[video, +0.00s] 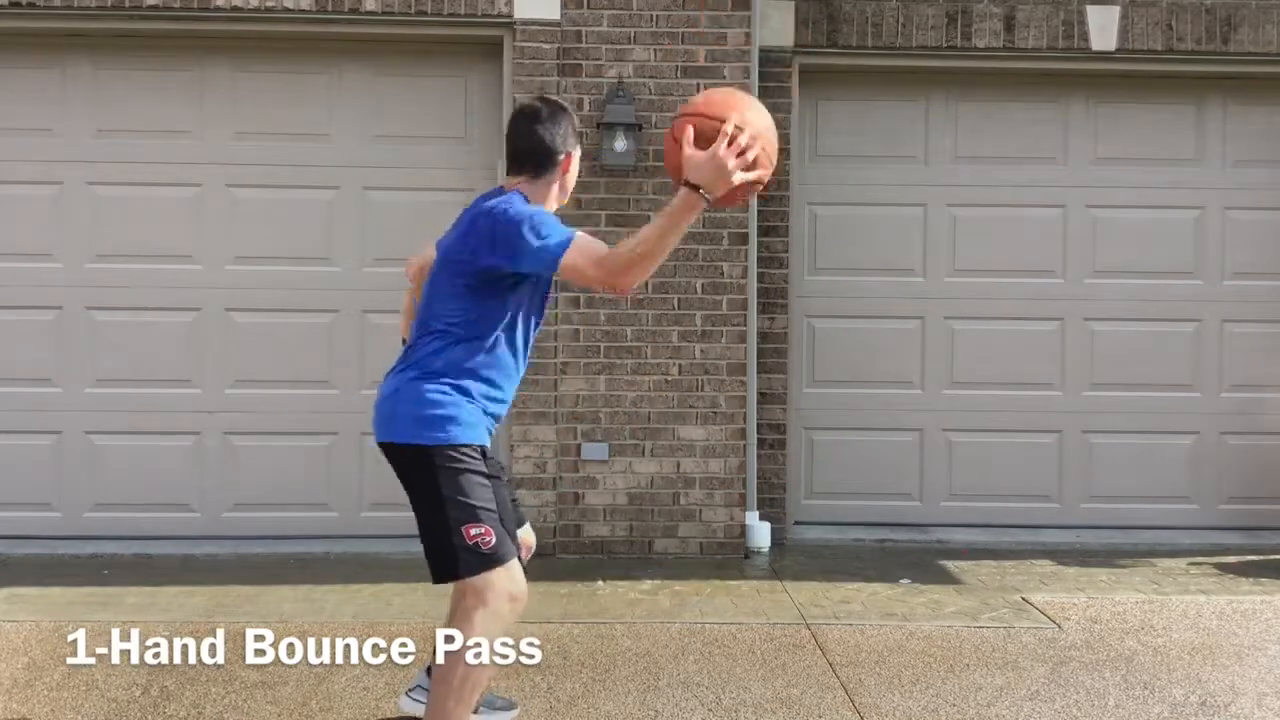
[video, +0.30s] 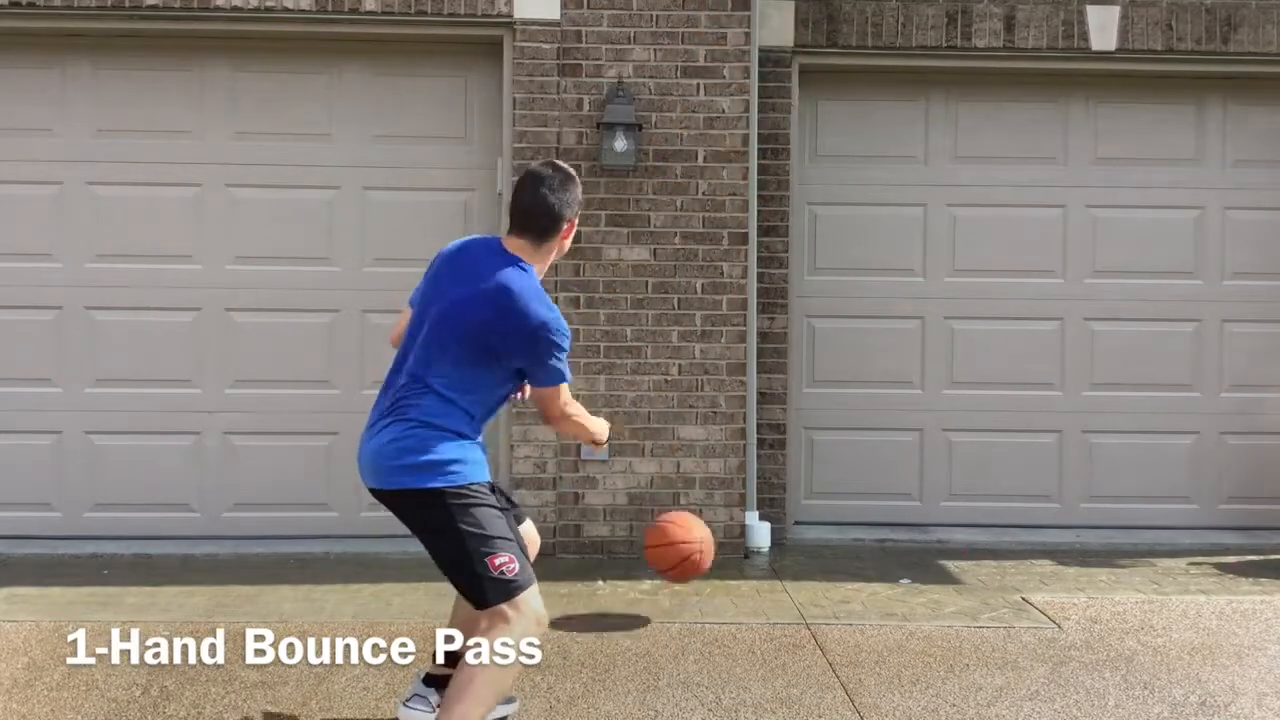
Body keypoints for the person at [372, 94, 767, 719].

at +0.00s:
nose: (578, 170)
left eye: (576, 159)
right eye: (578, 159)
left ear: (511, 160)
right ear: (567, 165)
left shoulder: (486, 212)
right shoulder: (515, 218)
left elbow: (421, 268)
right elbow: (617, 273)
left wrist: (414, 345)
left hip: (445, 416)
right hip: (437, 417)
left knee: (513, 541)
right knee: (498, 591)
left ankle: (443, 680)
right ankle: (449, 709)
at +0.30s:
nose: (573, 237)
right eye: (575, 227)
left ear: (510, 213)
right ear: (567, 233)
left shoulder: (458, 254)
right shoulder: (537, 316)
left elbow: (403, 337)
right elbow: (559, 411)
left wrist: (496, 376)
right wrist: (595, 430)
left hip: (388, 452)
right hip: (435, 461)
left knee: (522, 539)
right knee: (520, 622)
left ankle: (443, 682)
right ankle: (454, 712)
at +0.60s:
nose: (563, 199)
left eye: (562, 189)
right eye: (562, 190)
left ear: (494, 190)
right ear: (554, 197)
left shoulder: (455, 246)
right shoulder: (535, 273)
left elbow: (400, 340)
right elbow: (584, 393)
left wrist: (480, 407)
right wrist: (647, 400)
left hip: (401, 438)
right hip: (442, 447)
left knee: (521, 544)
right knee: (518, 616)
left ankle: (441, 685)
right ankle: (453, 710)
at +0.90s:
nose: (567, 156)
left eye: (564, 146)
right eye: (566, 146)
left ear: (499, 149)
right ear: (555, 152)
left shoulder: (477, 208)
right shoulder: (532, 207)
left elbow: (426, 309)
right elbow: (667, 219)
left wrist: (491, 385)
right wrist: (736, 139)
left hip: (433, 416)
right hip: (449, 422)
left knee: (501, 573)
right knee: (521, 594)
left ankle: (447, 679)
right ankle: (463, 709)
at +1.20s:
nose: (593, 199)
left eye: (590, 188)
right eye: (594, 189)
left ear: (528, 183)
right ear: (584, 197)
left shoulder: (503, 240)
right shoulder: (515, 251)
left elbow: (431, 288)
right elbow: (597, 325)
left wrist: (426, 373)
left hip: (452, 432)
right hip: (430, 434)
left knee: (531, 549)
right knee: (507, 593)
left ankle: (444, 679)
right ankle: (455, 709)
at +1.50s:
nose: (572, 224)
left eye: (569, 214)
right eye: (573, 216)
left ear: (508, 210)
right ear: (565, 227)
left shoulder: (460, 256)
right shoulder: (535, 313)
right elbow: (543, 412)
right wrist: (583, 430)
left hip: (389, 444)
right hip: (433, 456)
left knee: (525, 541)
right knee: (519, 620)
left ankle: (442, 683)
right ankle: (455, 708)